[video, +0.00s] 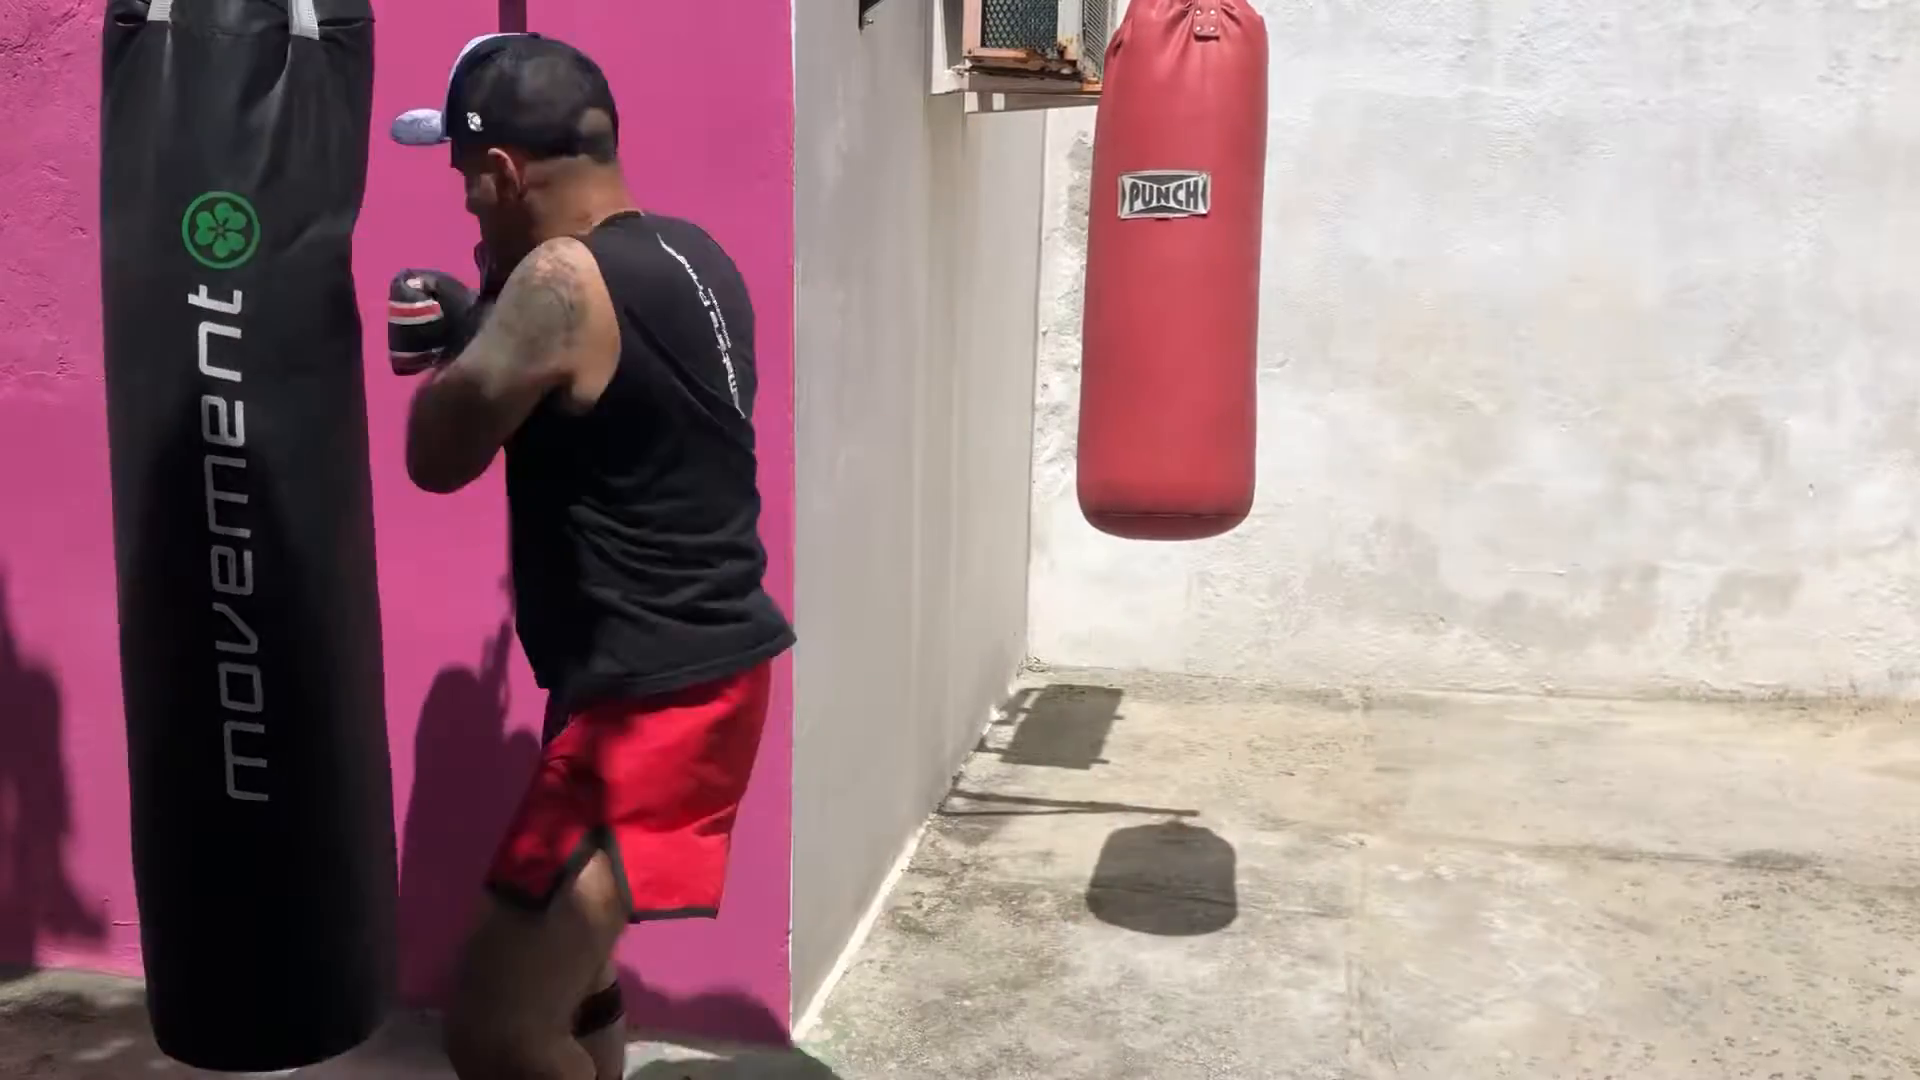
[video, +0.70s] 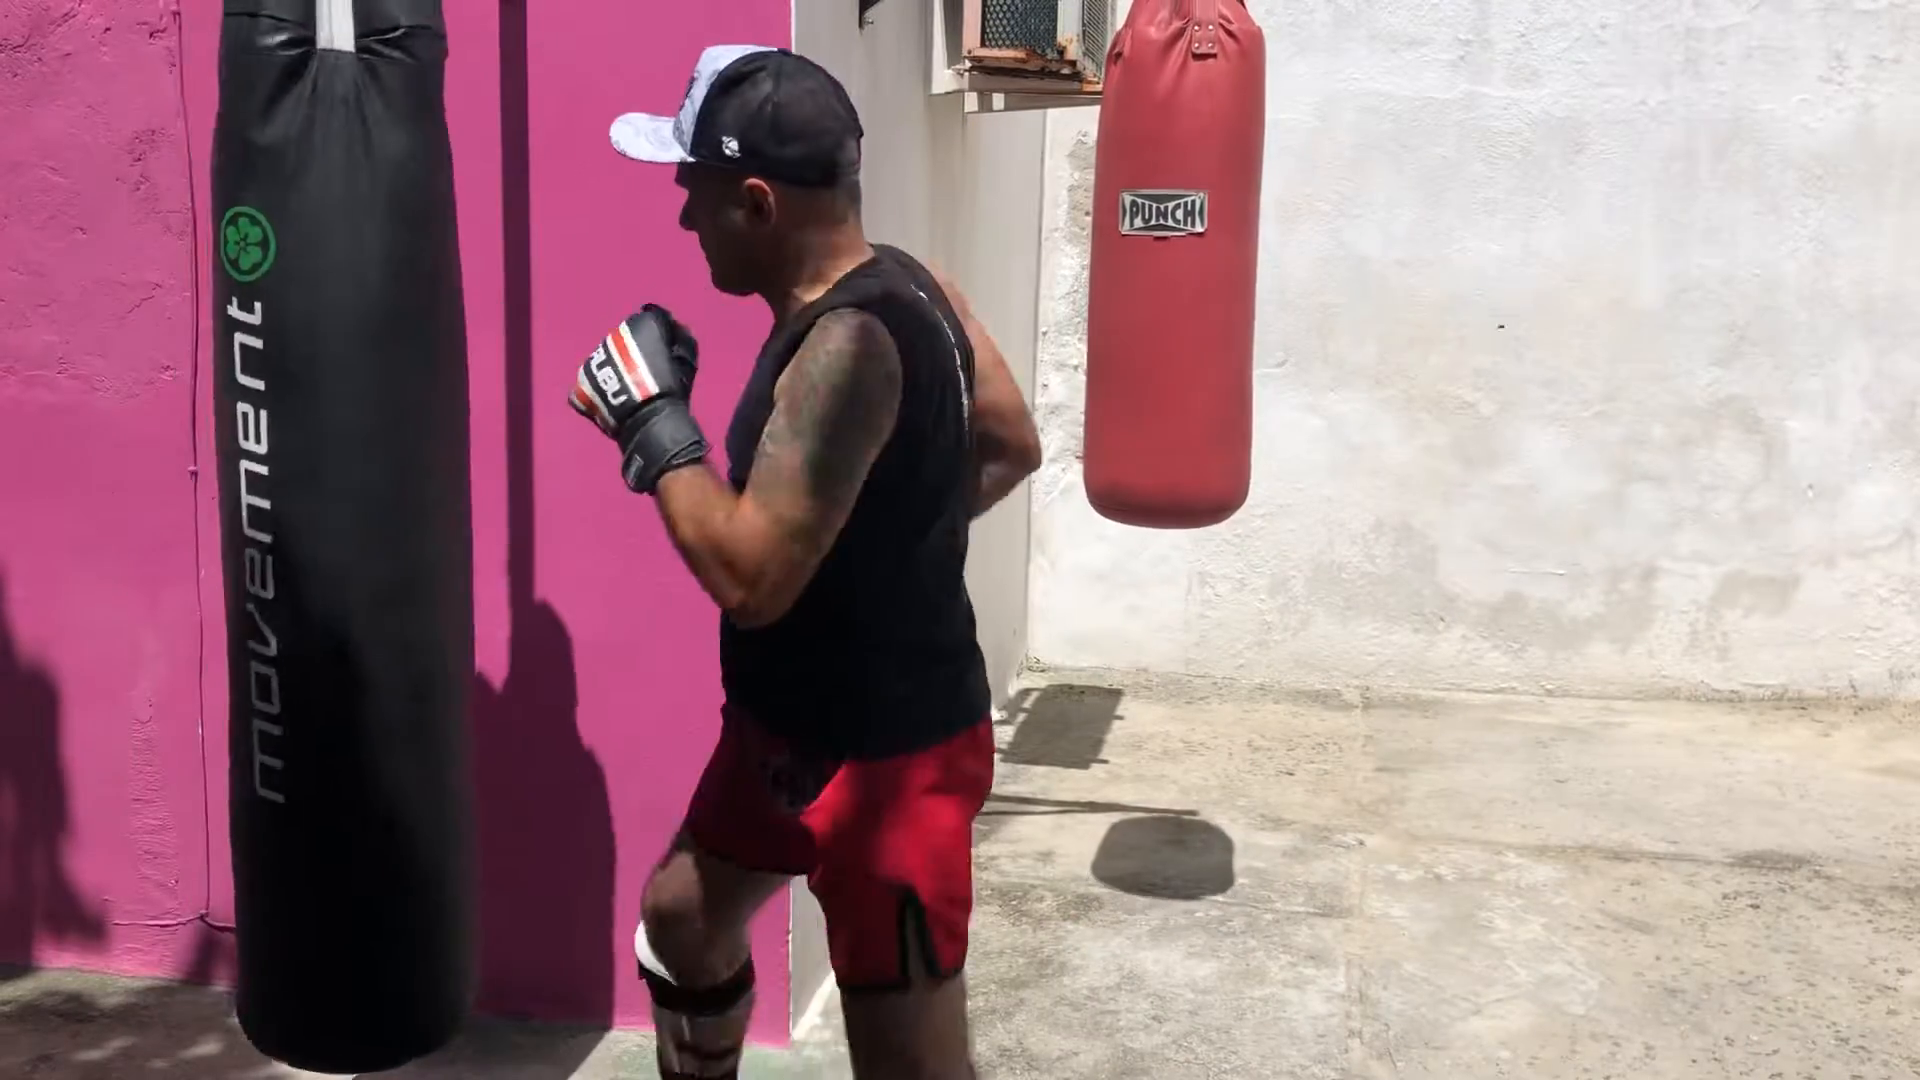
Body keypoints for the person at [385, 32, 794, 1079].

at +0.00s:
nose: (467, 200)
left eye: (466, 174)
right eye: (463, 175)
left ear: (506, 169)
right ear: (601, 142)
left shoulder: (559, 279)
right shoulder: (693, 256)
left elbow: (435, 457)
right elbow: (628, 412)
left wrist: (498, 298)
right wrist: (484, 335)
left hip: (644, 681)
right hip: (712, 663)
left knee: (496, 1024)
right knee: (572, 987)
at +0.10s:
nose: (508, 193)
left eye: (509, 166)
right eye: (505, 167)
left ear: (557, 162)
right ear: (640, 150)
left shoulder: (579, 283)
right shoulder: (741, 286)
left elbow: (424, 389)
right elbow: (746, 470)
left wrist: (525, 296)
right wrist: (557, 440)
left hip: (629, 704)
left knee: (593, 1027)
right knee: (522, 951)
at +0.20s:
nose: (536, 198)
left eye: (544, 168)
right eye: (537, 171)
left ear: (599, 169)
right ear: (682, 165)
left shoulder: (595, 291)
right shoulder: (792, 309)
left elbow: (451, 396)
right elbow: (850, 521)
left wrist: (565, 296)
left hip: (661, 725)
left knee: (674, 1050)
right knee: (499, 904)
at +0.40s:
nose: (549, 278)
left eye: (560, 256)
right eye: (550, 254)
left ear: (626, 269)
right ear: (640, 268)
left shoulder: (756, 400)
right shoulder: (641, 372)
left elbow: (616, 614)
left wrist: (560, 453)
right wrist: (567, 433)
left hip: (785, 754)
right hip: (658, 747)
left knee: (750, 1057)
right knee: (509, 979)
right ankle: (580, 1071)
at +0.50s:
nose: (609, 247)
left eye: (623, 229)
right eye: (614, 224)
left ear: (694, 259)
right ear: (706, 257)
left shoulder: (806, 401)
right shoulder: (691, 337)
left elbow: (648, 587)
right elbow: (571, 363)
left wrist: (603, 415)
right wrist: (491, 339)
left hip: (796, 768)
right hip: (671, 747)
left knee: (781, 1061)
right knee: (542, 973)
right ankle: (596, 1064)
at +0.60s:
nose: (652, 206)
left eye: (662, 184)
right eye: (654, 181)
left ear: (728, 203)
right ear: (758, 200)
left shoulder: (827, 344)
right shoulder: (829, 291)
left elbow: (693, 557)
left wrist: (642, 397)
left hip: (847, 729)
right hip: (736, 704)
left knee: (850, 1032)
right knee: (640, 935)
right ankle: (616, 1072)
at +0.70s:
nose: (684, 213)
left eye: (694, 188)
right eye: (686, 187)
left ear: (758, 200)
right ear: (790, 194)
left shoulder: (853, 337)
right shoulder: (903, 282)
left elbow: (752, 578)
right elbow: (1006, 442)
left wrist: (656, 422)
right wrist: (880, 539)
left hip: (895, 749)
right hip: (793, 723)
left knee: (911, 1054)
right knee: (686, 918)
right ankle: (697, 1079)